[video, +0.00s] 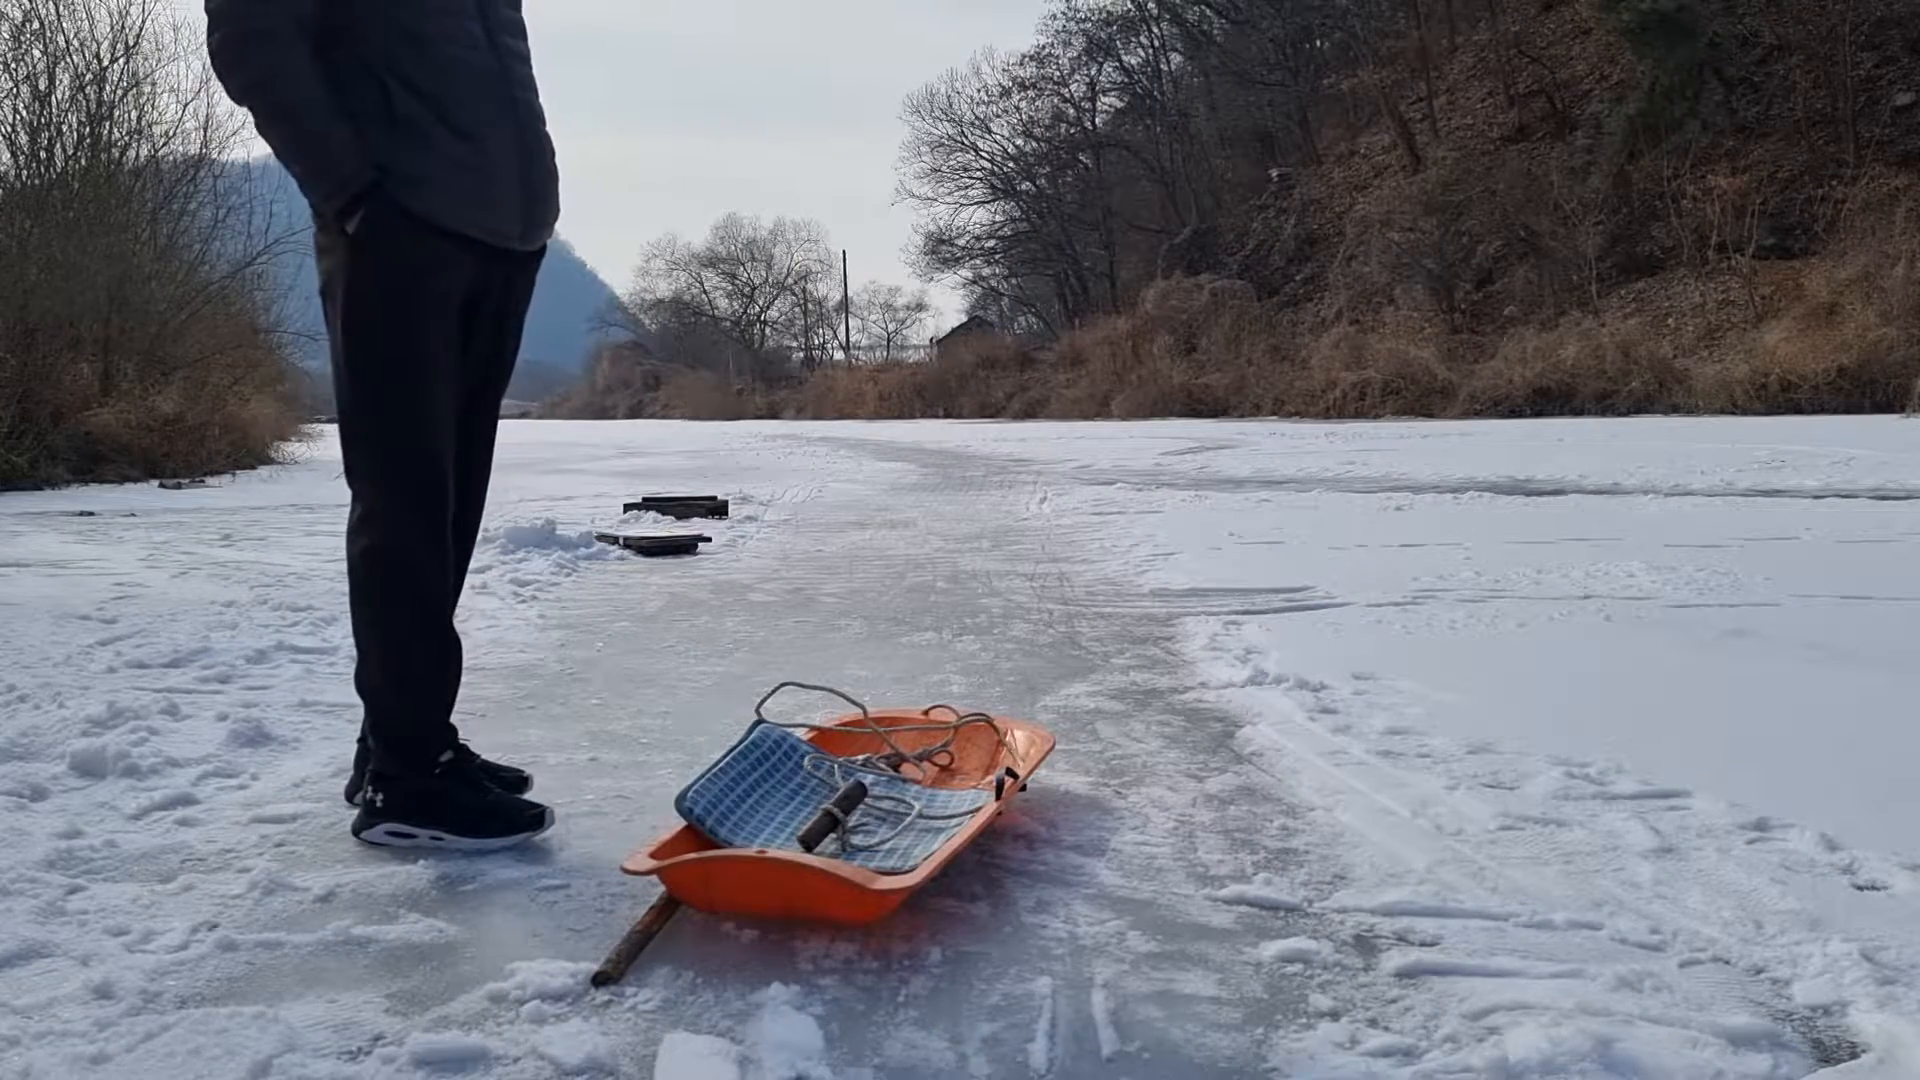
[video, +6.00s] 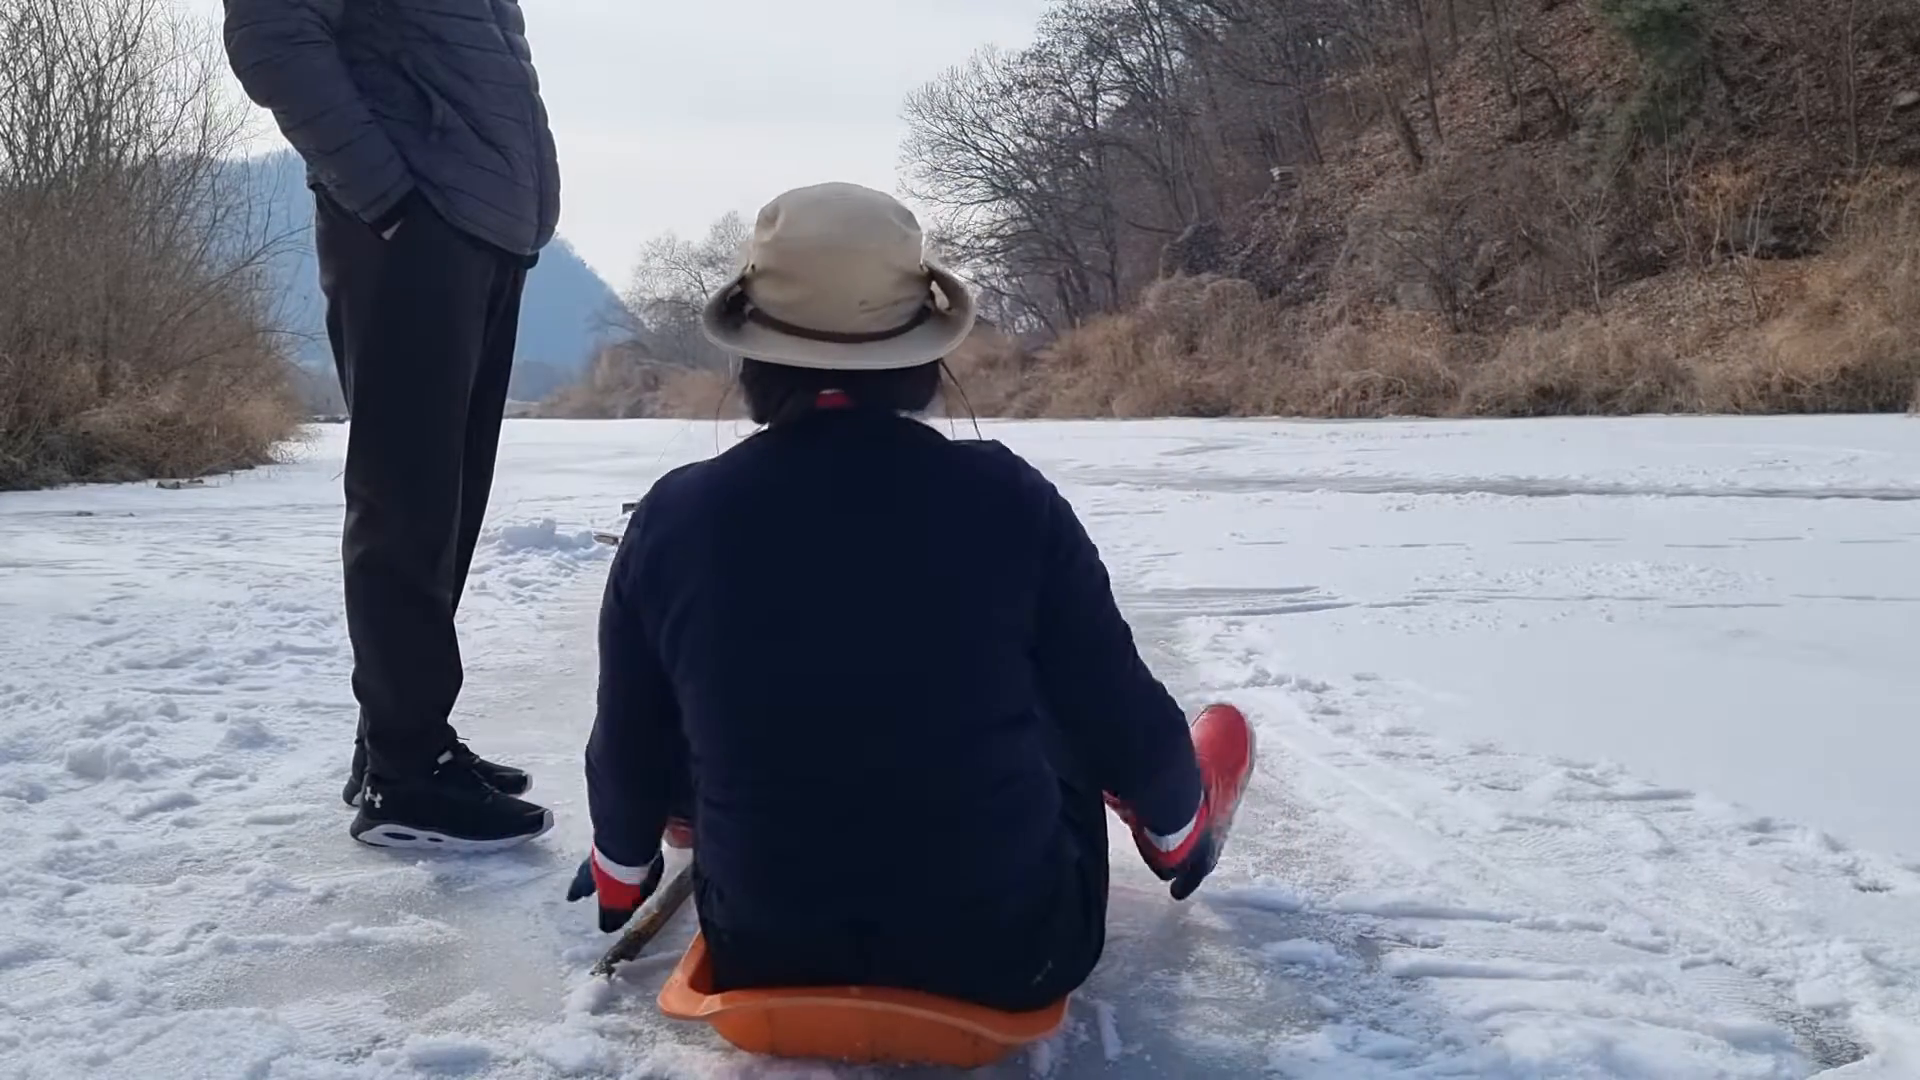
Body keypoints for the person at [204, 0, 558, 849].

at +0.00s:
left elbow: (497, 39)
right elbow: (247, 33)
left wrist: (526, 179)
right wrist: (347, 191)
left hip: (502, 221)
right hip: (396, 212)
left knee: (449, 499)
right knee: (403, 499)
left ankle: (414, 748)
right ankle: (405, 773)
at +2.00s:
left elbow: (476, 35)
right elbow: (227, 33)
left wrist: (506, 182)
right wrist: (334, 197)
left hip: (483, 222)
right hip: (378, 218)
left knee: (444, 501)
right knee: (394, 502)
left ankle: (413, 747)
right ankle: (402, 776)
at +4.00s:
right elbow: (271, 31)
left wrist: (516, 193)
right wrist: (383, 192)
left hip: (487, 224)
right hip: (407, 216)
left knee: (446, 497)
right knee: (404, 496)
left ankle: (416, 747)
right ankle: (400, 771)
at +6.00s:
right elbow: (269, 33)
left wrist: (515, 202)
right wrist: (387, 199)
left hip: (485, 235)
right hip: (410, 224)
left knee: (445, 502)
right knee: (404, 501)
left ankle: (416, 745)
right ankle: (400, 770)